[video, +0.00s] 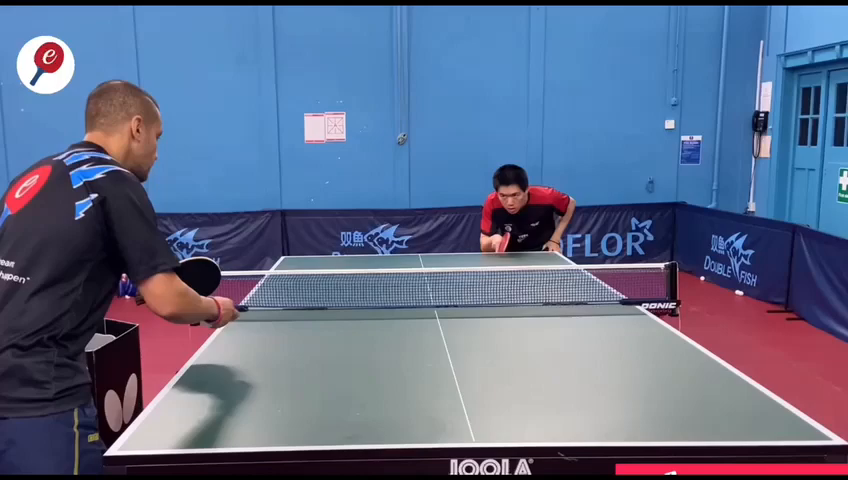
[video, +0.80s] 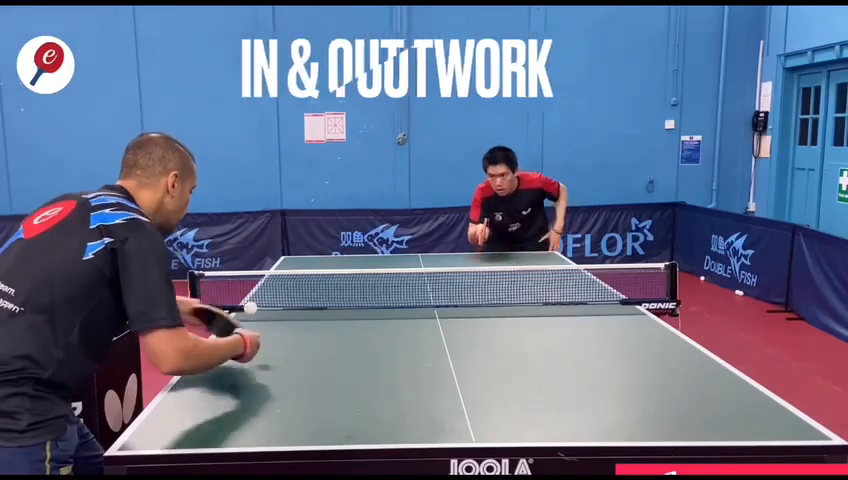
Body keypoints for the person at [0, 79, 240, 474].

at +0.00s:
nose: (157, 152)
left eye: (159, 139)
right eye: (157, 138)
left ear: (92, 126)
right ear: (135, 129)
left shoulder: (35, 175)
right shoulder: (114, 183)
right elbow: (167, 300)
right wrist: (212, 308)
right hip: (44, 404)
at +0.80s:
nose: (187, 209)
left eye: (192, 195)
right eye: (191, 194)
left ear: (128, 174)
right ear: (171, 185)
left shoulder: (64, 207)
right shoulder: (137, 233)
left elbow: (87, 296)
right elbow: (171, 356)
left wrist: (172, 305)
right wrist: (236, 344)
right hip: (23, 418)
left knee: (91, 464)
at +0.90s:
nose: (183, 204)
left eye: (187, 191)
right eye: (186, 189)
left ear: (123, 173)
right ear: (166, 181)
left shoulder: (77, 207)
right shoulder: (121, 227)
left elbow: (162, 269)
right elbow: (151, 349)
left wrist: (236, 283)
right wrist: (221, 338)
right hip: (19, 414)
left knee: (96, 467)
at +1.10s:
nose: (170, 167)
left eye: (172, 156)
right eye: (170, 155)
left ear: (104, 145)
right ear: (148, 152)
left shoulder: (65, 184)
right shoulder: (104, 209)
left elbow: (127, 259)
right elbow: (120, 338)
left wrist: (219, 256)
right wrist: (178, 335)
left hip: (44, 405)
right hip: (16, 414)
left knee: (91, 468)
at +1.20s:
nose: (153, 153)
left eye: (154, 141)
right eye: (152, 140)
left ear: (82, 133)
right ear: (130, 136)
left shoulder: (34, 182)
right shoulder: (90, 202)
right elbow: (104, 338)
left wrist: (161, 272)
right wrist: (158, 341)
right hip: (23, 427)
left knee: (97, 469)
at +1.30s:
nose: (137, 139)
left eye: (137, 125)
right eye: (135, 124)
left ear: (62, 121)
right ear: (112, 123)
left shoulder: (14, 173)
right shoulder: (78, 197)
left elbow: (29, 301)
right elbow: (87, 336)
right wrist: (137, 346)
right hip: (29, 436)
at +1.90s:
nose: (126, 135)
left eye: (127, 122)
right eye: (125, 121)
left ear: (55, 115)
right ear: (101, 116)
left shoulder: (9, 168)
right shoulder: (87, 189)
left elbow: (23, 299)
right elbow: (134, 320)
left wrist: (102, 312)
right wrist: (187, 323)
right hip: (30, 435)